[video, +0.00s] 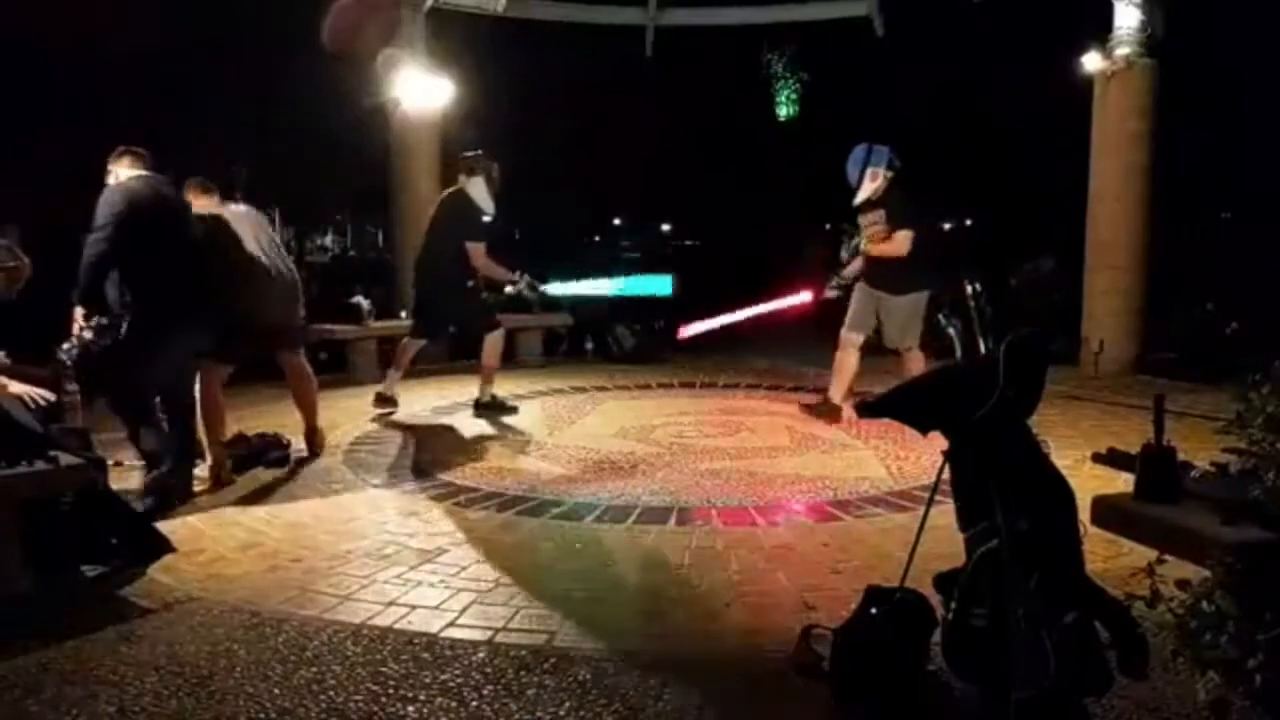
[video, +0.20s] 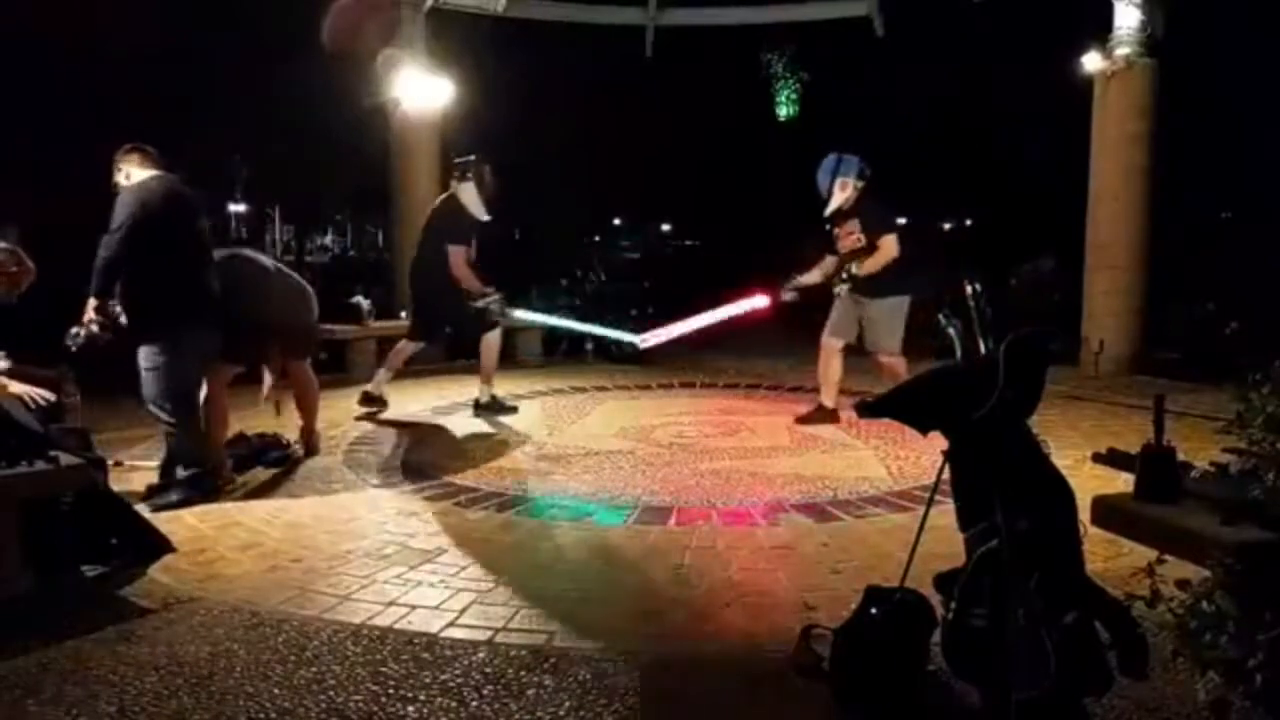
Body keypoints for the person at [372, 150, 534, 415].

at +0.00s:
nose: (494, 185)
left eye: (493, 179)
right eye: (492, 179)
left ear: (465, 176)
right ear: (481, 178)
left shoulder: (449, 199)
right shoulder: (471, 208)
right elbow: (479, 261)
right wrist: (513, 278)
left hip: (429, 281)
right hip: (453, 284)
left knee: (419, 333)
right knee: (493, 332)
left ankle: (387, 389)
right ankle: (486, 396)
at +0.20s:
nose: (491, 184)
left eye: (489, 177)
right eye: (486, 178)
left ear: (461, 180)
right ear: (473, 181)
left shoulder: (452, 205)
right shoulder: (457, 211)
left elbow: (466, 256)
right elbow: (457, 265)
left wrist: (477, 287)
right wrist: (483, 292)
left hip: (426, 280)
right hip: (440, 283)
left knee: (418, 335)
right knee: (491, 326)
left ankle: (374, 389)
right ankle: (486, 396)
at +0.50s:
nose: (456, 182)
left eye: (454, 176)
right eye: (452, 176)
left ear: (429, 176)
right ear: (439, 177)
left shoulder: (426, 204)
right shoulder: (422, 206)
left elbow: (423, 253)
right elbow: (417, 257)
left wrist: (443, 271)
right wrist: (446, 274)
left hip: (405, 283)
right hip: (413, 283)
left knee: (393, 337)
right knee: (454, 326)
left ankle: (361, 394)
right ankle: (471, 395)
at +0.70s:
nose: (449, 180)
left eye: (448, 174)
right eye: (445, 174)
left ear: (420, 174)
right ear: (433, 174)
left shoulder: (413, 200)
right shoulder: (419, 200)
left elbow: (432, 244)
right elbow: (431, 244)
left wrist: (463, 251)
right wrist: (467, 251)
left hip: (400, 284)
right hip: (412, 285)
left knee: (393, 336)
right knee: (457, 324)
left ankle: (362, 394)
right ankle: (463, 394)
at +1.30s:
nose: (470, 181)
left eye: (469, 174)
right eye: (466, 174)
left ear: (440, 175)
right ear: (454, 176)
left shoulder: (431, 201)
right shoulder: (436, 206)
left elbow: (437, 254)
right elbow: (435, 261)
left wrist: (453, 270)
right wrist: (460, 275)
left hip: (409, 283)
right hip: (424, 285)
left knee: (400, 331)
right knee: (465, 327)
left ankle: (360, 388)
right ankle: (467, 398)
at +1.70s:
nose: (432, 180)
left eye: (432, 173)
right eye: (429, 173)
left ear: (410, 172)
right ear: (416, 173)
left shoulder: (401, 199)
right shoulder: (395, 201)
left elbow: (397, 248)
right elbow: (394, 250)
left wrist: (417, 270)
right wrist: (417, 272)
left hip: (383, 277)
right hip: (389, 278)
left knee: (374, 335)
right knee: (423, 329)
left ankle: (347, 393)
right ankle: (435, 395)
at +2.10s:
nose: (434, 177)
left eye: (433, 170)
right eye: (430, 170)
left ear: (405, 172)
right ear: (417, 171)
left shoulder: (397, 198)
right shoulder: (398, 200)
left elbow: (416, 247)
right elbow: (417, 249)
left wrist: (450, 251)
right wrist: (453, 252)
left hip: (382, 282)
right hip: (394, 283)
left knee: (378, 337)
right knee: (434, 328)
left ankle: (348, 395)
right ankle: (446, 393)